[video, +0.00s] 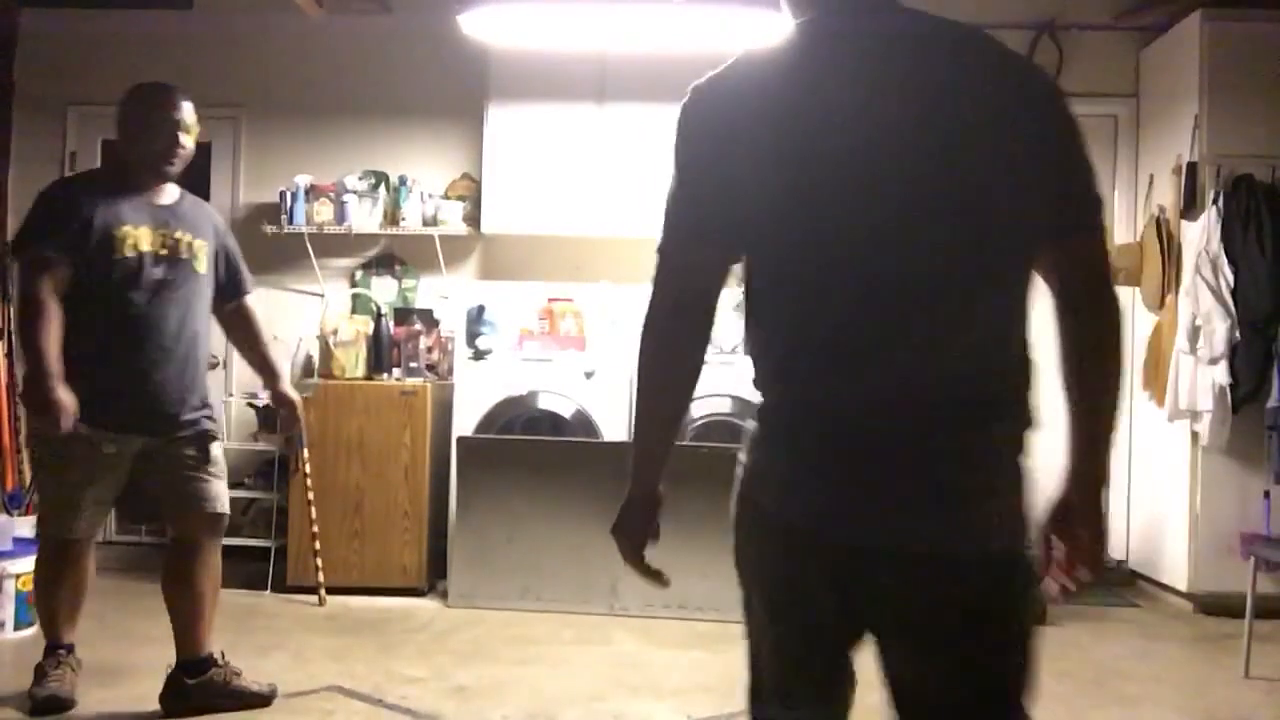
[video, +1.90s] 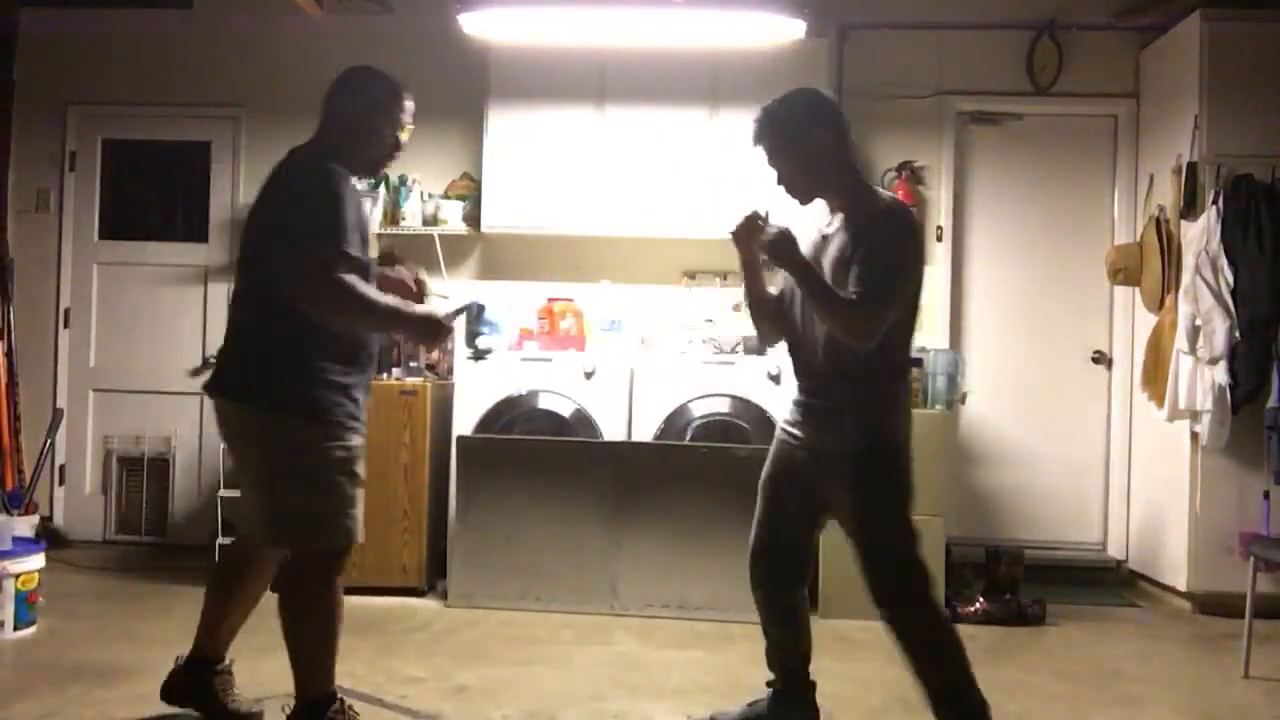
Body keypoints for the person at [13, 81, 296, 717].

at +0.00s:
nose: (183, 143)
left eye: (191, 133)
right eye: (170, 128)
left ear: (197, 143)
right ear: (128, 129)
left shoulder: (204, 219)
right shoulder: (72, 200)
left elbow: (235, 307)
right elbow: (41, 288)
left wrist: (277, 381)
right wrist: (47, 378)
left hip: (185, 412)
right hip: (87, 410)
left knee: (203, 522)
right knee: (68, 536)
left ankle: (196, 669)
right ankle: (58, 657)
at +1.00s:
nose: (220, 119)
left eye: (232, 111)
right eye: (207, 107)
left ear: (246, 124)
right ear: (178, 114)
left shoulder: (270, 207)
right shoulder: (126, 181)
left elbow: (302, 294)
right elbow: (75, 266)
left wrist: (311, 375)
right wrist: (88, 344)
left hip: (226, 407)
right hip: (127, 394)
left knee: (210, 543)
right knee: (91, 529)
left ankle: (193, 679)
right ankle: (66, 645)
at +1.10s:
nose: (242, 119)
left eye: (253, 110)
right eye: (229, 107)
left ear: (265, 123)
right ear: (198, 113)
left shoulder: (287, 208)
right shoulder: (145, 179)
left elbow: (316, 289)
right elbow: (94, 249)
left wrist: (333, 365)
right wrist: (136, 284)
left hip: (240, 408)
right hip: (141, 397)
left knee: (215, 543)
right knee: (104, 531)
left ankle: (193, 679)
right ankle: (75, 643)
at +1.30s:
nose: (270, 123)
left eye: (281, 114)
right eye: (258, 110)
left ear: (294, 128)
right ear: (226, 116)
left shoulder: (308, 211)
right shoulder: (183, 181)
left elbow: (335, 294)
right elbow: (142, 252)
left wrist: (356, 330)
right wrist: (232, 238)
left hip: (266, 401)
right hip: (174, 392)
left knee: (225, 539)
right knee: (154, 539)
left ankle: (194, 680)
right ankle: (120, 680)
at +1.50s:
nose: (306, 129)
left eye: (315, 120)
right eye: (294, 115)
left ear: (322, 131)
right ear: (259, 114)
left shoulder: (314, 210)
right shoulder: (220, 175)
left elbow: (308, 299)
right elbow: (191, 257)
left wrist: (346, 306)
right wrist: (298, 275)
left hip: (281, 397)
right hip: (208, 388)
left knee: (239, 540)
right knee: (221, 538)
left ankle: (193, 682)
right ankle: (206, 689)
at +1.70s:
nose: (355, 142)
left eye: (358, 130)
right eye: (348, 127)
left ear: (307, 124)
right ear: (304, 119)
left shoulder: (302, 198)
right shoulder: (261, 180)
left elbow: (305, 289)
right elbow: (250, 276)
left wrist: (362, 271)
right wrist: (349, 328)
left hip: (279, 404)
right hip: (247, 403)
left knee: (236, 545)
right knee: (275, 548)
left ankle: (193, 681)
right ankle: (298, 699)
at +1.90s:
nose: (402, 143)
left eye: (406, 130)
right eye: (396, 126)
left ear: (346, 119)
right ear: (354, 115)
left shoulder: (313, 175)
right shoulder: (322, 180)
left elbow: (313, 267)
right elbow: (319, 286)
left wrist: (378, 275)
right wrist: (411, 320)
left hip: (266, 391)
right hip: (301, 399)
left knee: (261, 534)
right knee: (319, 550)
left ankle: (200, 669)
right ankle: (317, 705)